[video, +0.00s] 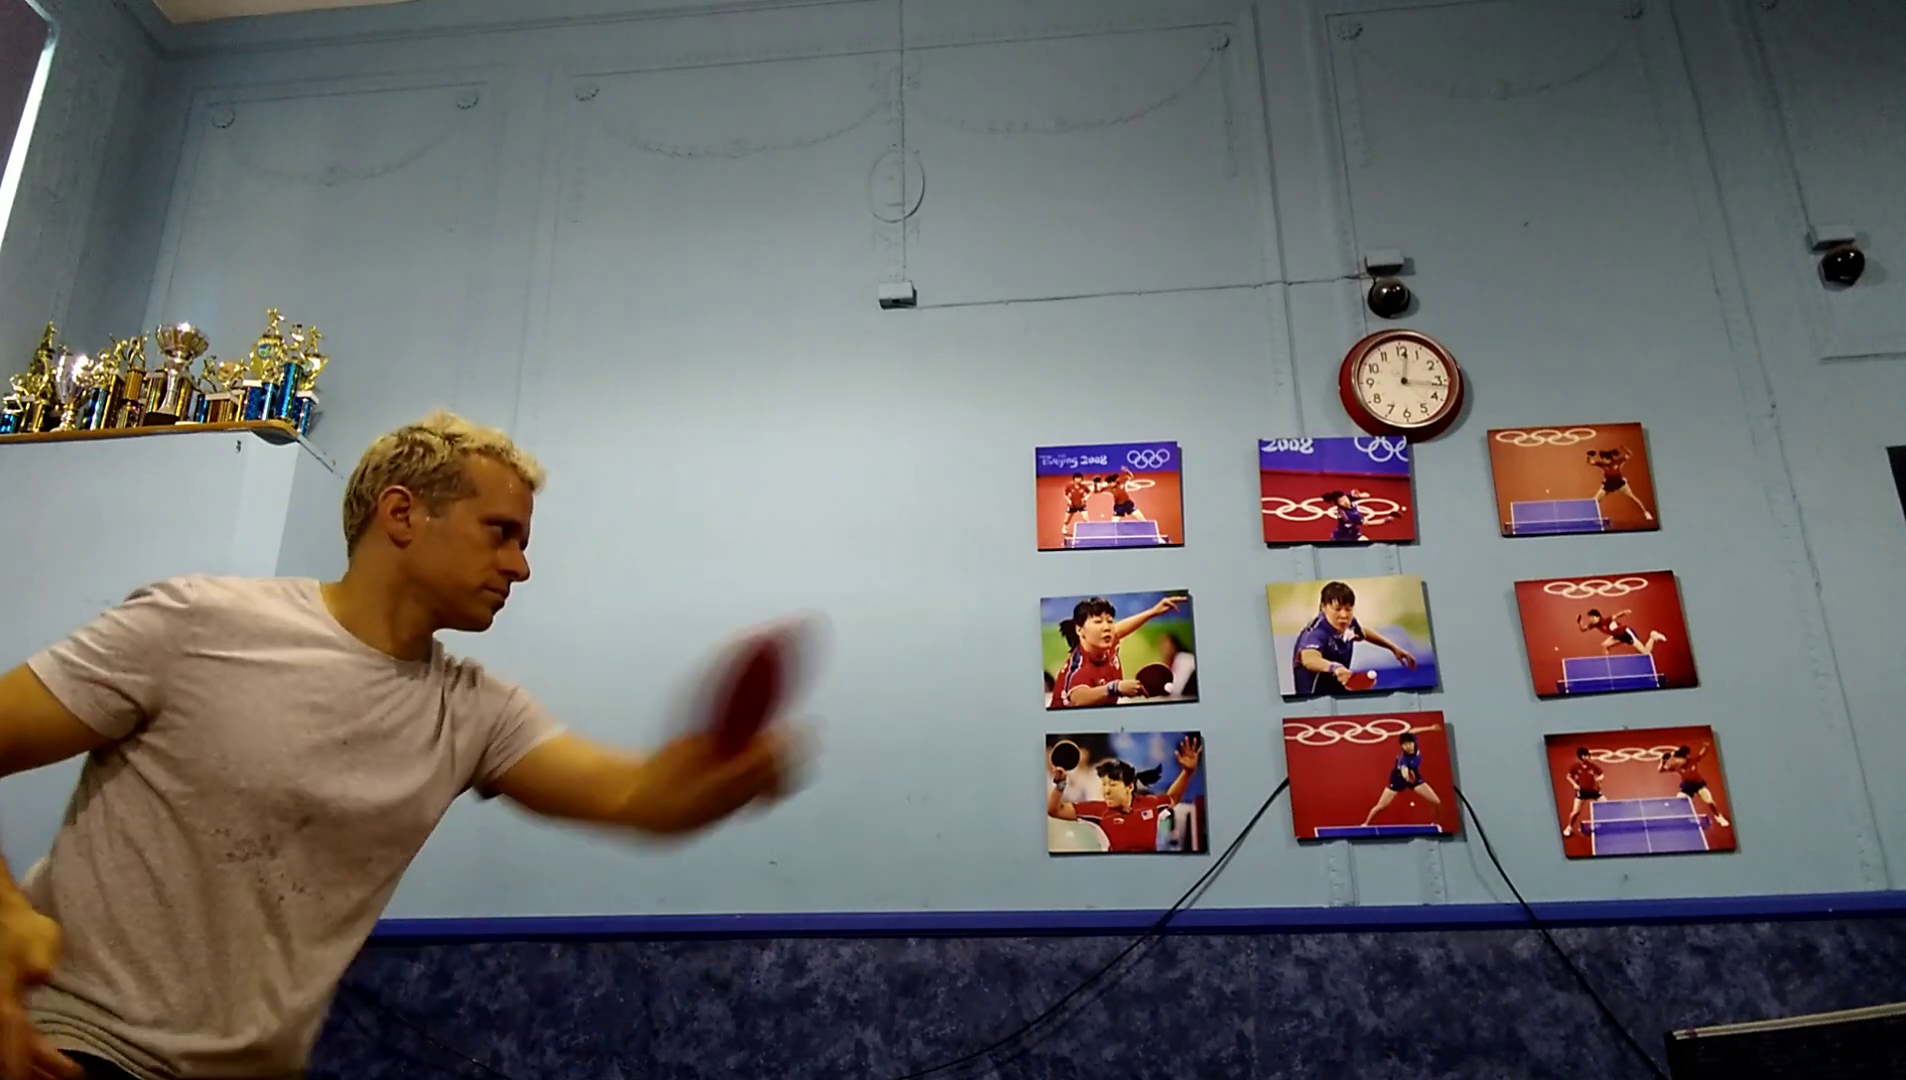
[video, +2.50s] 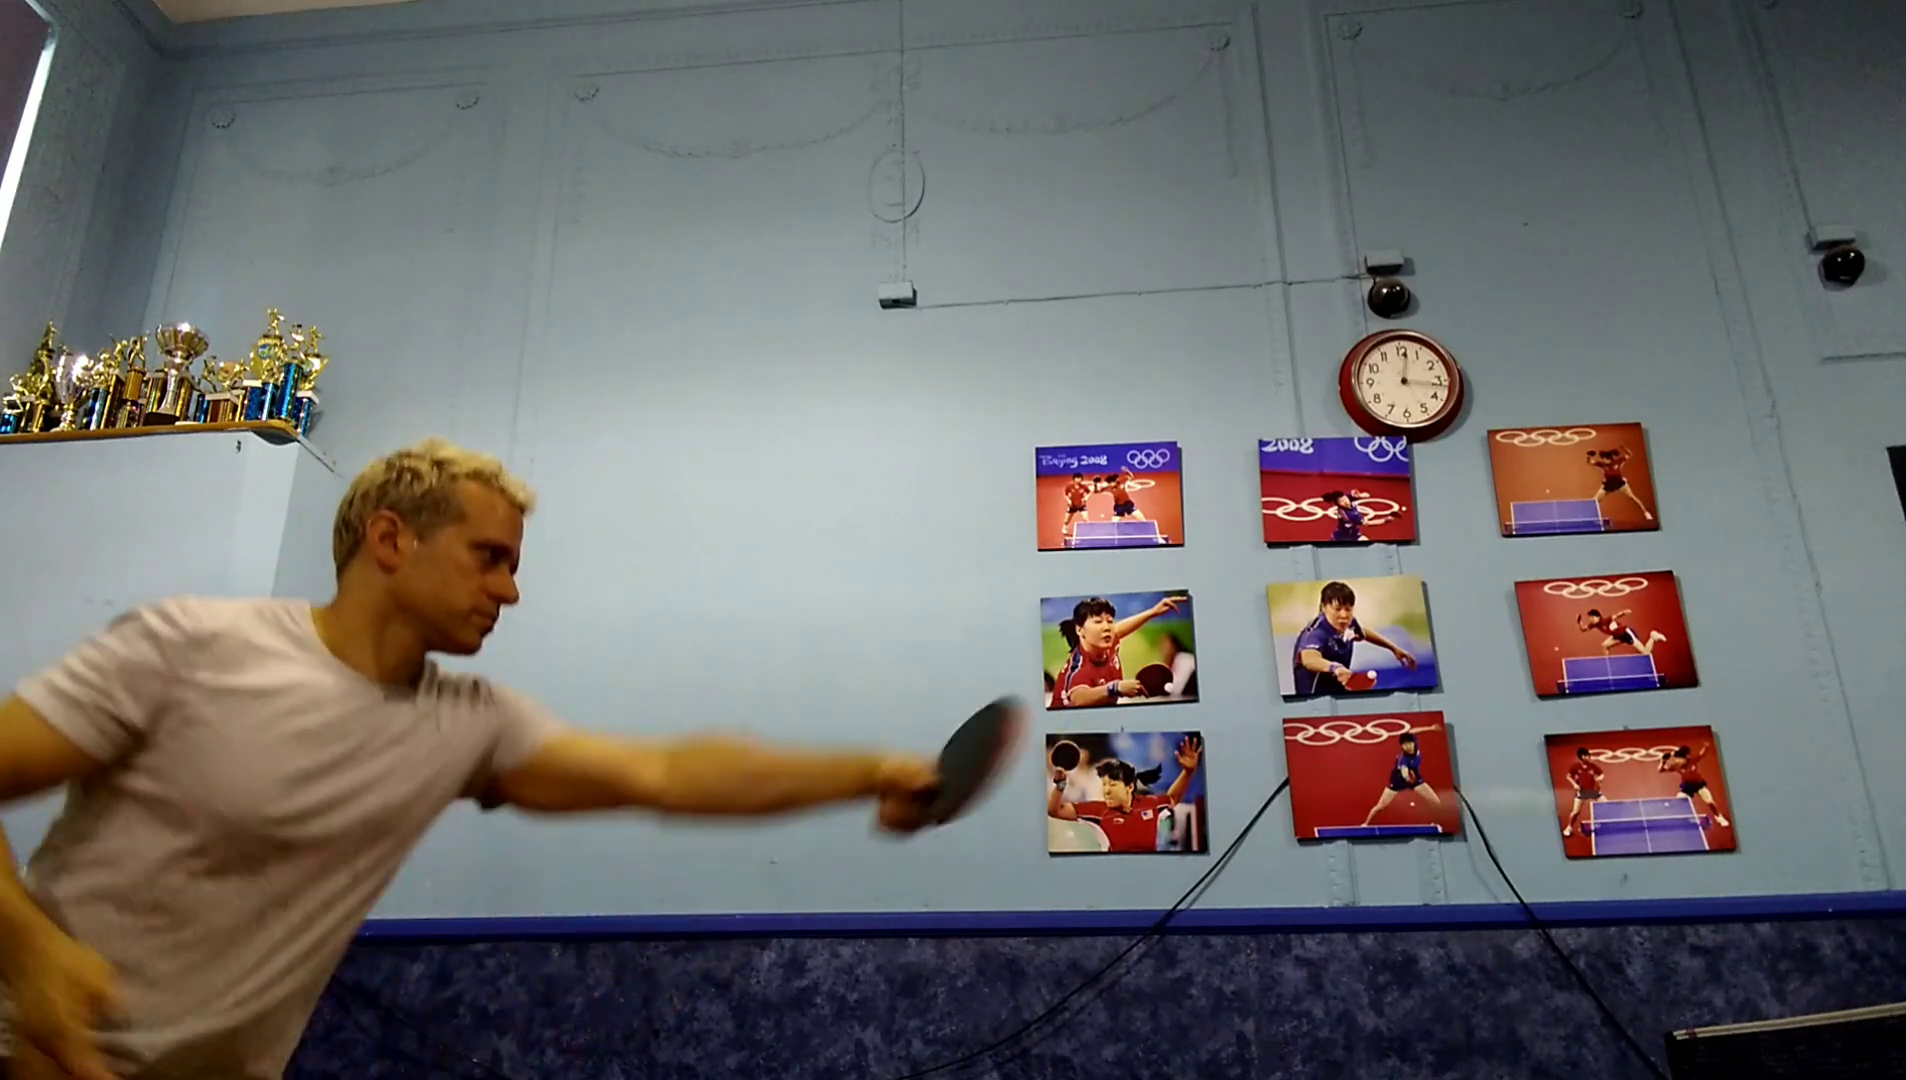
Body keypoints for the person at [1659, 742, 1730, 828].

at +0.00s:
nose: (1679, 762)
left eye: (1681, 760)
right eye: (1677, 760)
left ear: (1686, 757)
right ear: (1676, 759)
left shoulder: (1693, 761)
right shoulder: (1676, 766)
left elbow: (1701, 755)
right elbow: (1661, 771)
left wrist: (1705, 747)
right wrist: (1663, 761)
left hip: (1699, 784)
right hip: (1686, 785)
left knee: (1710, 802)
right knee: (1679, 802)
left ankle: (1718, 816)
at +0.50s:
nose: (1679, 762)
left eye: (1680, 760)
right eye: (1677, 760)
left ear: (1686, 757)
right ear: (1676, 759)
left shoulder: (1693, 761)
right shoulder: (1676, 766)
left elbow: (1701, 755)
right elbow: (1661, 771)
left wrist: (1705, 747)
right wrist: (1663, 761)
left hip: (1699, 784)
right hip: (1686, 785)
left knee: (1710, 802)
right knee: (1679, 802)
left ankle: (1718, 816)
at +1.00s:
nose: (1678, 762)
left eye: (1680, 760)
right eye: (1677, 760)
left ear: (1686, 757)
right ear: (1676, 759)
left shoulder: (1693, 761)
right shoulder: (1676, 766)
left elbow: (1701, 755)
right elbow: (1661, 771)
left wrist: (1705, 747)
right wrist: (1663, 761)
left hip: (1699, 784)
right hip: (1686, 786)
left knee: (1710, 802)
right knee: (1679, 802)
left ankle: (1718, 816)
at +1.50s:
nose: (1679, 762)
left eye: (1681, 759)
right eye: (1677, 760)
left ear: (1686, 757)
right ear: (1676, 759)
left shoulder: (1693, 761)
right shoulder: (1676, 766)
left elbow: (1701, 755)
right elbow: (1661, 770)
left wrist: (1705, 747)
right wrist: (1663, 761)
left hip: (1699, 784)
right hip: (1686, 786)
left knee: (1710, 802)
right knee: (1679, 803)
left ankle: (1718, 816)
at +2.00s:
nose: (1679, 762)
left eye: (1681, 759)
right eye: (1677, 760)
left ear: (1686, 757)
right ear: (1676, 759)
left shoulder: (1693, 761)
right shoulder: (1676, 766)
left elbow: (1701, 755)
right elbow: (1661, 770)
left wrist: (1705, 747)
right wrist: (1663, 761)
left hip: (1699, 784)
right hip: (1686, 786)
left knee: (1710, 802)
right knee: (1679, 802)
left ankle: (1718, 816)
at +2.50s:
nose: (1686, 759)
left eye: (1686, 757)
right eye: (1684, 758)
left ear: (1687, 757)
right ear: (1678, 758)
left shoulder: (1693, 761)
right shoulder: (1676, 766)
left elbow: (1701, 755)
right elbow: (1661, 771)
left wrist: (1705, 748)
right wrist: (1663, 761)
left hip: (1699, 784)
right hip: (1686, 785)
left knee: (1710, 802)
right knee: (1679, 802)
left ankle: (1718, 816)